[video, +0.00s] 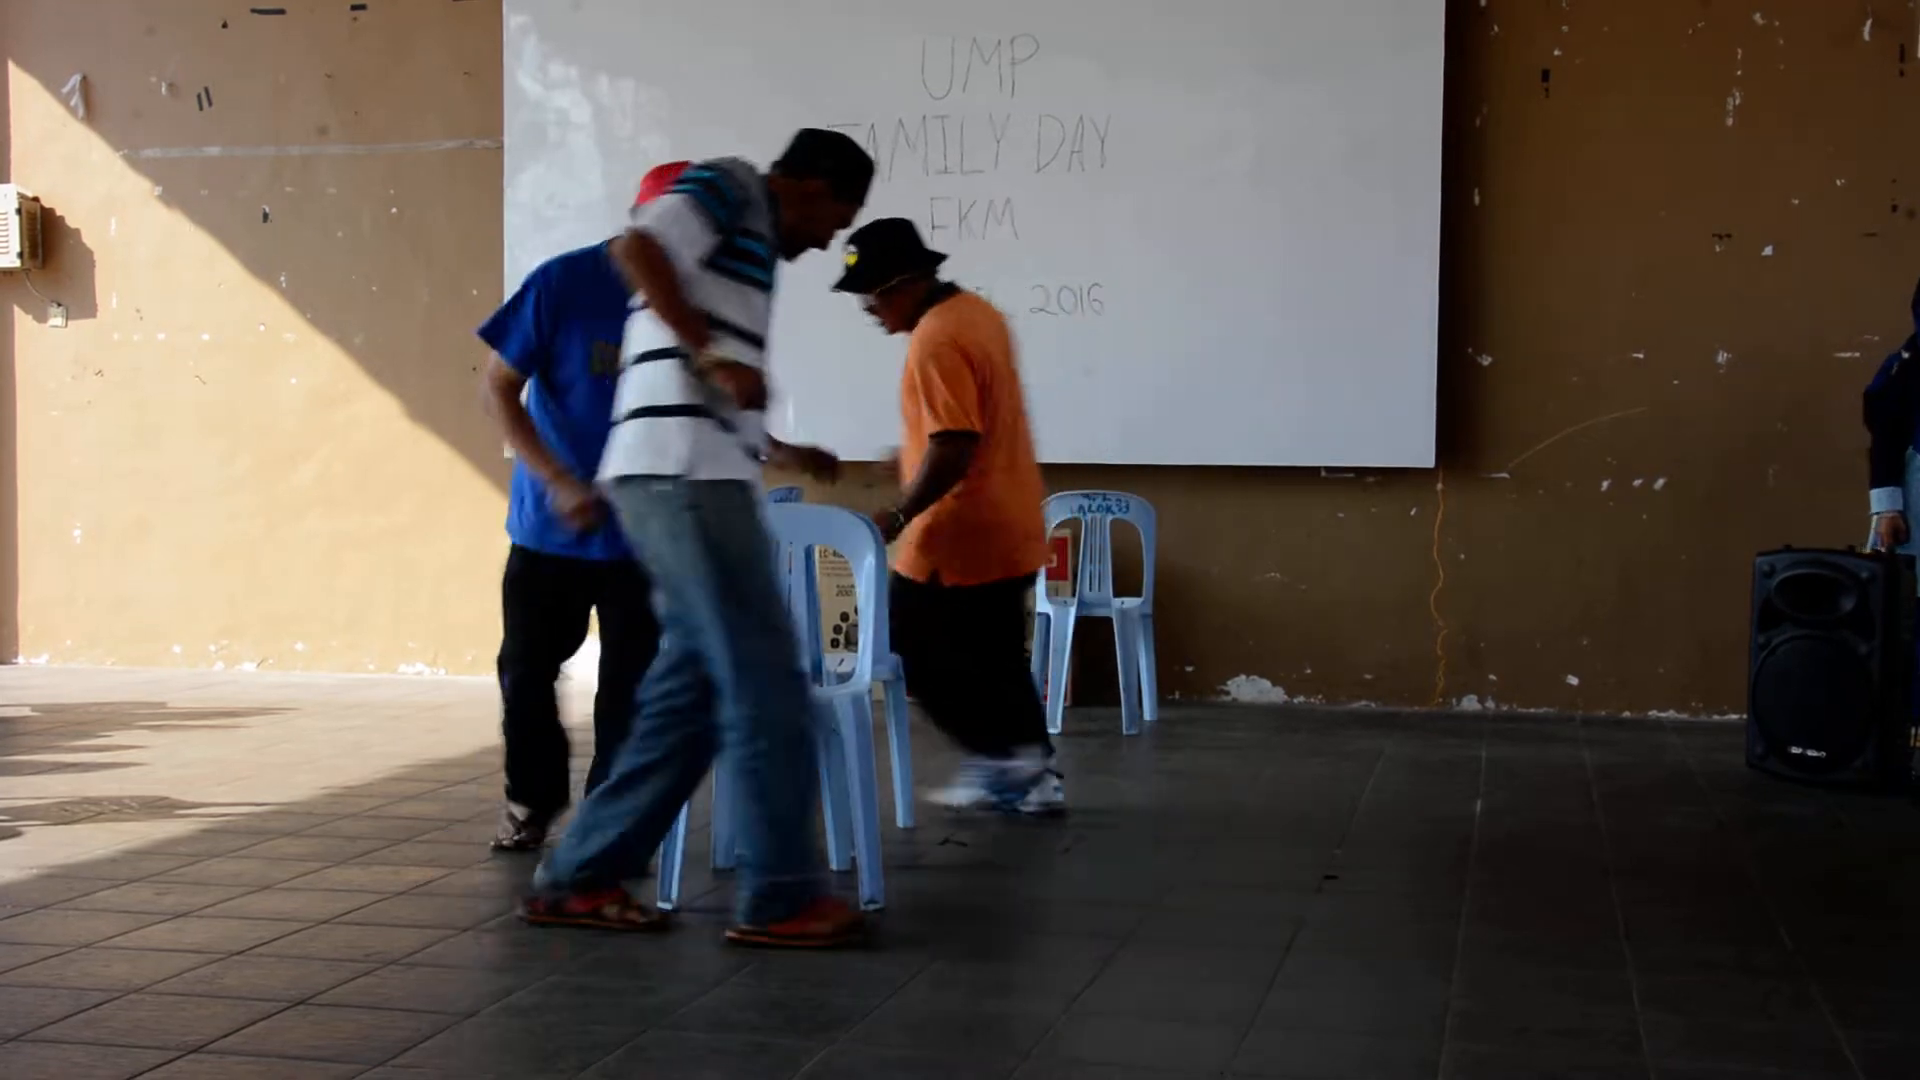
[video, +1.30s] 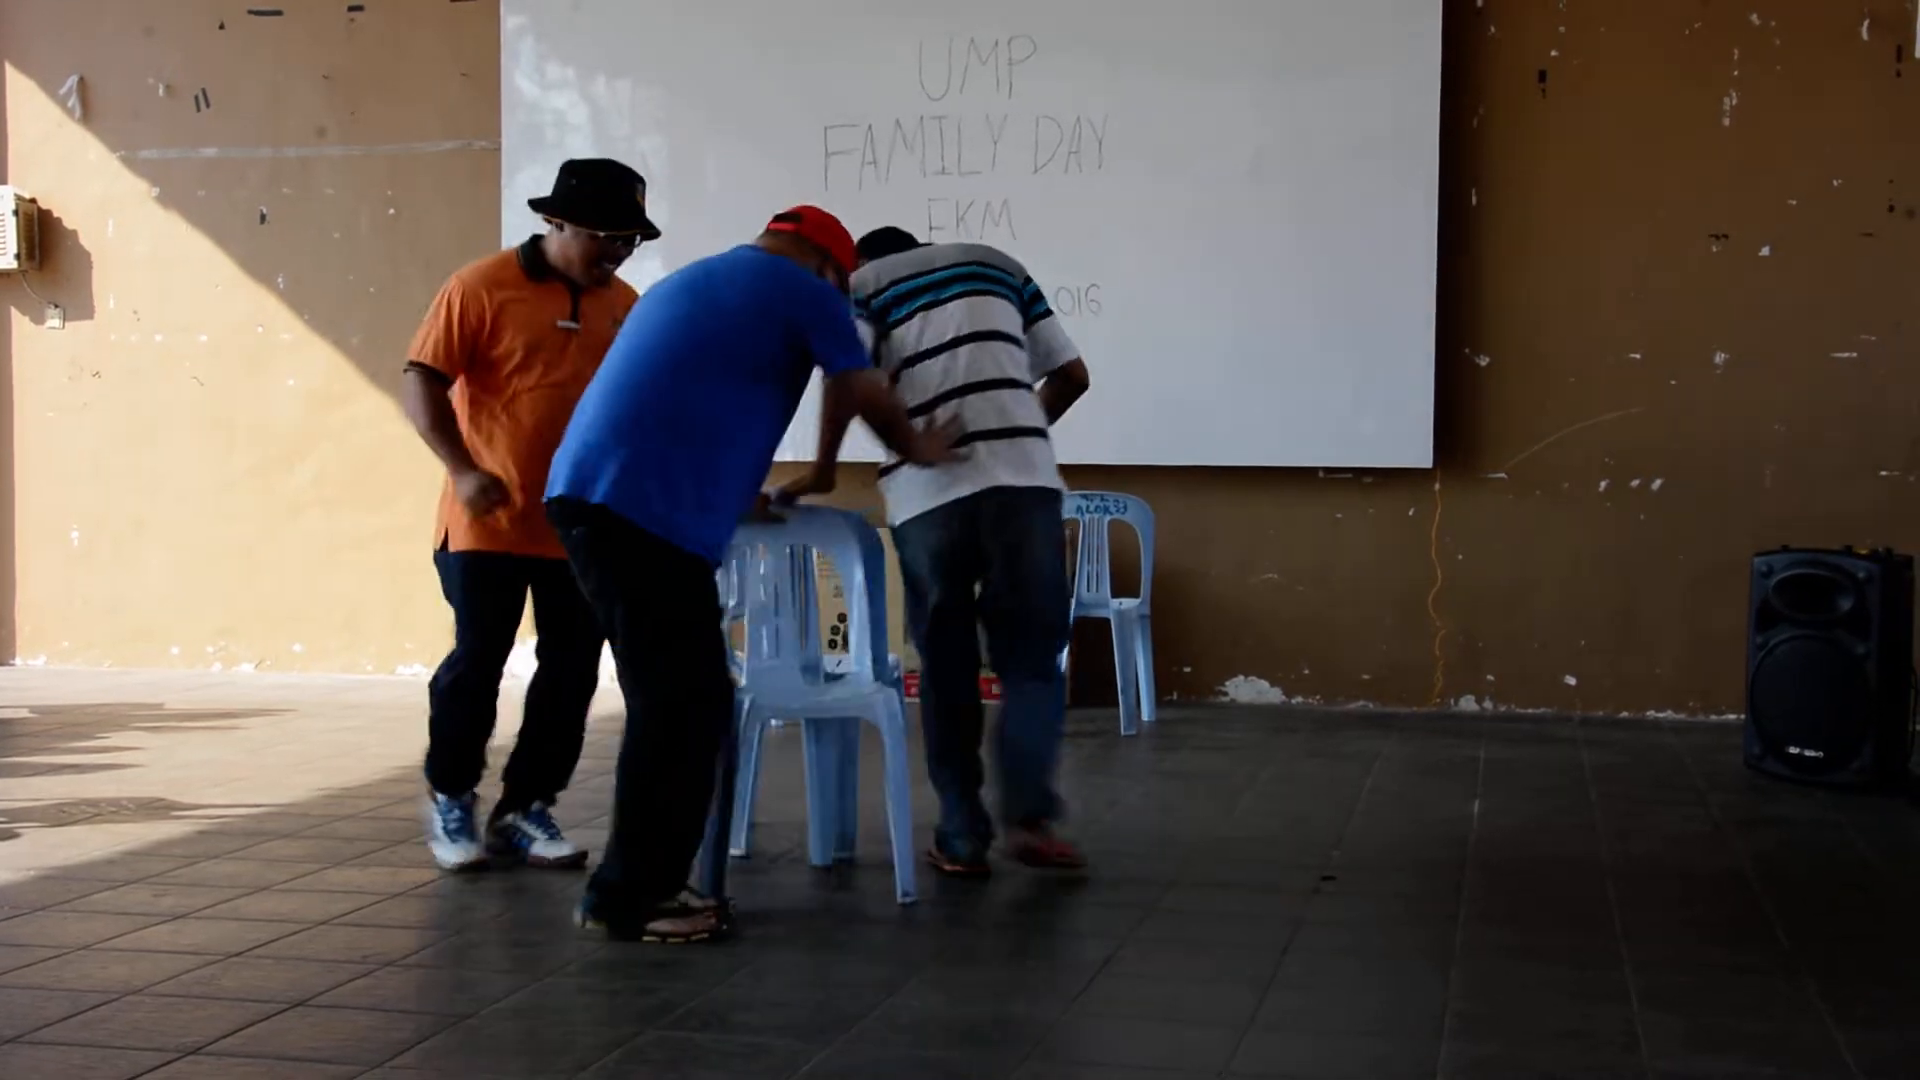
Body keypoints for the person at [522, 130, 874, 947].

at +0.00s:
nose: (829, 239)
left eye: (838, 227)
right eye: (834, 220)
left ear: (806, 189)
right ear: (808, 187)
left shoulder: (749, 244)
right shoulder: (727, 187)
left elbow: (701, 381)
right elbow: (635, 248)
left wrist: (780, 452)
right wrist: (708, 349)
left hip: (691, 476)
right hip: (679, 472)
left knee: (690, 682)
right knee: (765, 679)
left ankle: (575, 877)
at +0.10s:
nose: (861, 244)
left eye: (871, 231)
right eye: (868, 225)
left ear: (834, 195)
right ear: (844, 198)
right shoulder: (778, 197)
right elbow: (723, 269)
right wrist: (799, 372)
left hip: (705, 478)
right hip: (733, 476)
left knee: (775, 683)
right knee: (802, 682)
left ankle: (637, 837)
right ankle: (777, 902)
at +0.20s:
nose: (886, 240)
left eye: (891, 228)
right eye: (890, 223)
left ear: (832, 178)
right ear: (876, 197)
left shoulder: (744, 229)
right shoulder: (837, 195)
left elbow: (672, 361)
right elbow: (826, 283)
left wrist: (737, 428)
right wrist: (903, 374)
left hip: (727, 481)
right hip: (779, 476)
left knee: (835, 676)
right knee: (845, 678)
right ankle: (781, 898)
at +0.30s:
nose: (909, 233)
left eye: (907, 222)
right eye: (910, 218)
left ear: (851, 187)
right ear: (897, 199)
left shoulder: (756, 245)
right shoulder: (874, 198)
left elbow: (691, 365)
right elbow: (911, 288)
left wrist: (765, 415)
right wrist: (955, 363)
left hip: (752, 478)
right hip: (819, 465)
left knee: (860, 682)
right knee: (898, 684)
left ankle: (861, 881)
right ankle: (813, 879)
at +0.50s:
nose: (949, 248)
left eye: (946, 241)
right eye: (944, 236)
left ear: (872, 213)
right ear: (926, 218)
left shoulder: (794, 267)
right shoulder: (919, 226)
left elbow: (734, 396)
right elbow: (1012, 342)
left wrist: (807, 445)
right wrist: (1017, 387)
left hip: (805, 501)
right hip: (876, 487)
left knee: (940, 667)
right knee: (978, 680)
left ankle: (911, 846)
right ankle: (927, 893)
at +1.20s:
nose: (845, 298)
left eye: (845, 288)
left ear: (861, 270)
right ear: (925, 252)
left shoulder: (851, 297)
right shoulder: (982, 268)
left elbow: (817, 387)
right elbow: (1075, 373)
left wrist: (797, 488)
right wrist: (1011, 416)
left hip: (905, 510)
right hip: (999, 491)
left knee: (939, 675)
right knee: (1019, 673)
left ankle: (959, 848)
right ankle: (950, 798)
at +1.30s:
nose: (844, 287)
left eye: (845, 276)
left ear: (863, 259)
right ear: (918, 243)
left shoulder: (861, 283)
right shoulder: (994, 261)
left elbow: (846, 376)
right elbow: (1070, 373)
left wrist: (821, 470)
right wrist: (1019, 426)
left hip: (928, 499)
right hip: (1024, 487)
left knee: (946, 667)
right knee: (1032, 658)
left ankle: (963, 840)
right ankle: (1029, 817)